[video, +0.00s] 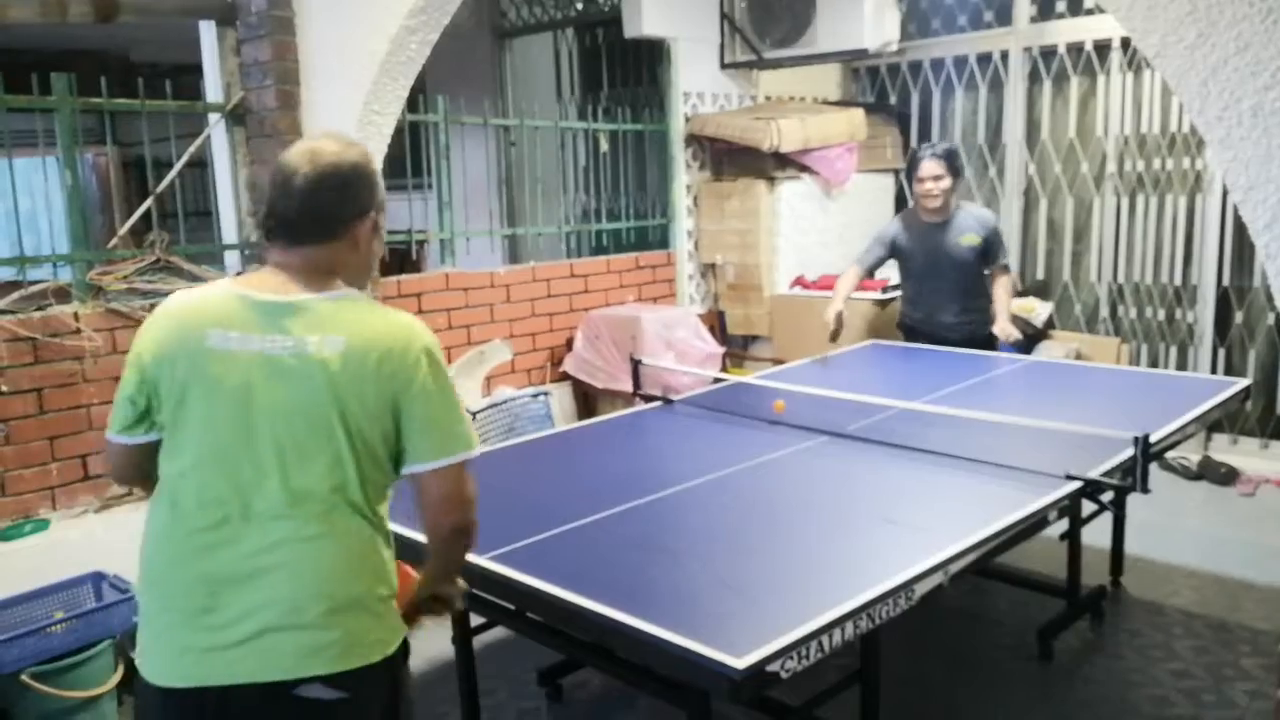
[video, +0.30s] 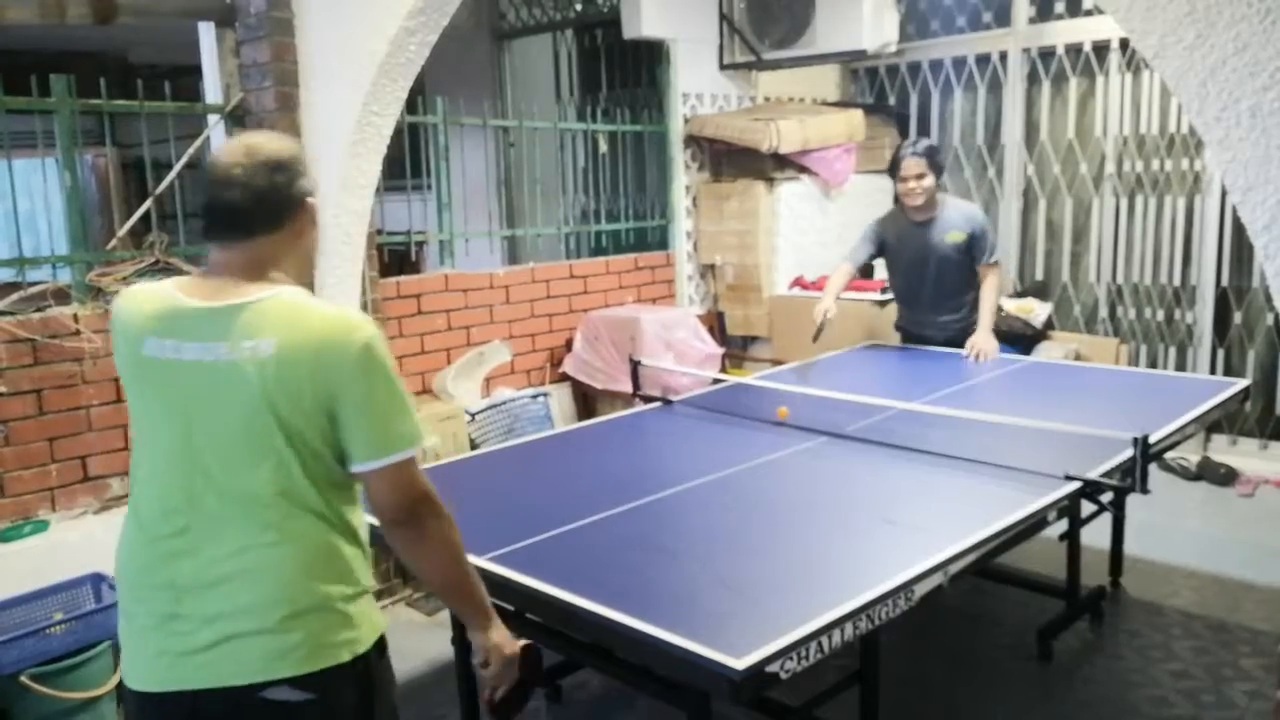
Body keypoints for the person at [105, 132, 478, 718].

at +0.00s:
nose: (378, 243)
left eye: (380, 227)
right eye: (379, 227)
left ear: (269, 222)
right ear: (366, 231)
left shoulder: (175, 319)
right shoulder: (397, 340)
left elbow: (125, 463)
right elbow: (452, 518)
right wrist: (436, 583)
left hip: (181, 666)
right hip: (335, 660)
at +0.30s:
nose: (316, 228)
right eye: (315, 214)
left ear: (208, 223)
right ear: (305, 219)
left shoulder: (135, 316)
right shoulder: (339, 338)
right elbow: (406, 509)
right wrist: (483, 621)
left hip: (159, 672)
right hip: (306, 666)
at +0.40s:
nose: (282, 236)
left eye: (280, 216)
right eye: (279, 216)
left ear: (165, 226)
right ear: (260, 217)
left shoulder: (103, 321)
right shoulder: (295, 335)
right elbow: (365, 510)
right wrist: (458, 631)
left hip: (142, 677)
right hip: (285, 672)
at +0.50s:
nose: (240, 230)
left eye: (237, 212)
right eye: (236, 211)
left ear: (123, 230)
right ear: (217, 213)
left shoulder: (71, 328)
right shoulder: (254, 327)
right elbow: (312, 505)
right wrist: (408, 639)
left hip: (117, 674)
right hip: (260, 669)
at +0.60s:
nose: (209, 232)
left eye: (207, 211)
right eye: (206, 210)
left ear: (94, 231)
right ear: (186, 210)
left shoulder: (42, 333)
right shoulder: (220, 324)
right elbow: (265, 508)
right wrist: (349, 656)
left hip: (96, 670)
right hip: (229, 669)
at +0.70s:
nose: (189, 233)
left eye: (188, 213)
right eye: (187, 212)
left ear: (72, 235)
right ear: (164, 211)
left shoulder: (26, 339)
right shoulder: (198, 324)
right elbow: (234, 514)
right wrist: (313, 667)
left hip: (85, 676)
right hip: (210, 674)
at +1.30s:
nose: (235, 225)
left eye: (232, 207)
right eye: (232, 207)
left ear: (109, 225)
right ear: (216, 211)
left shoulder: (50, 327)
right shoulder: (251, 341)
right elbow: (311, 535)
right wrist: (395, 653)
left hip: (103, 673)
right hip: (244, 676)